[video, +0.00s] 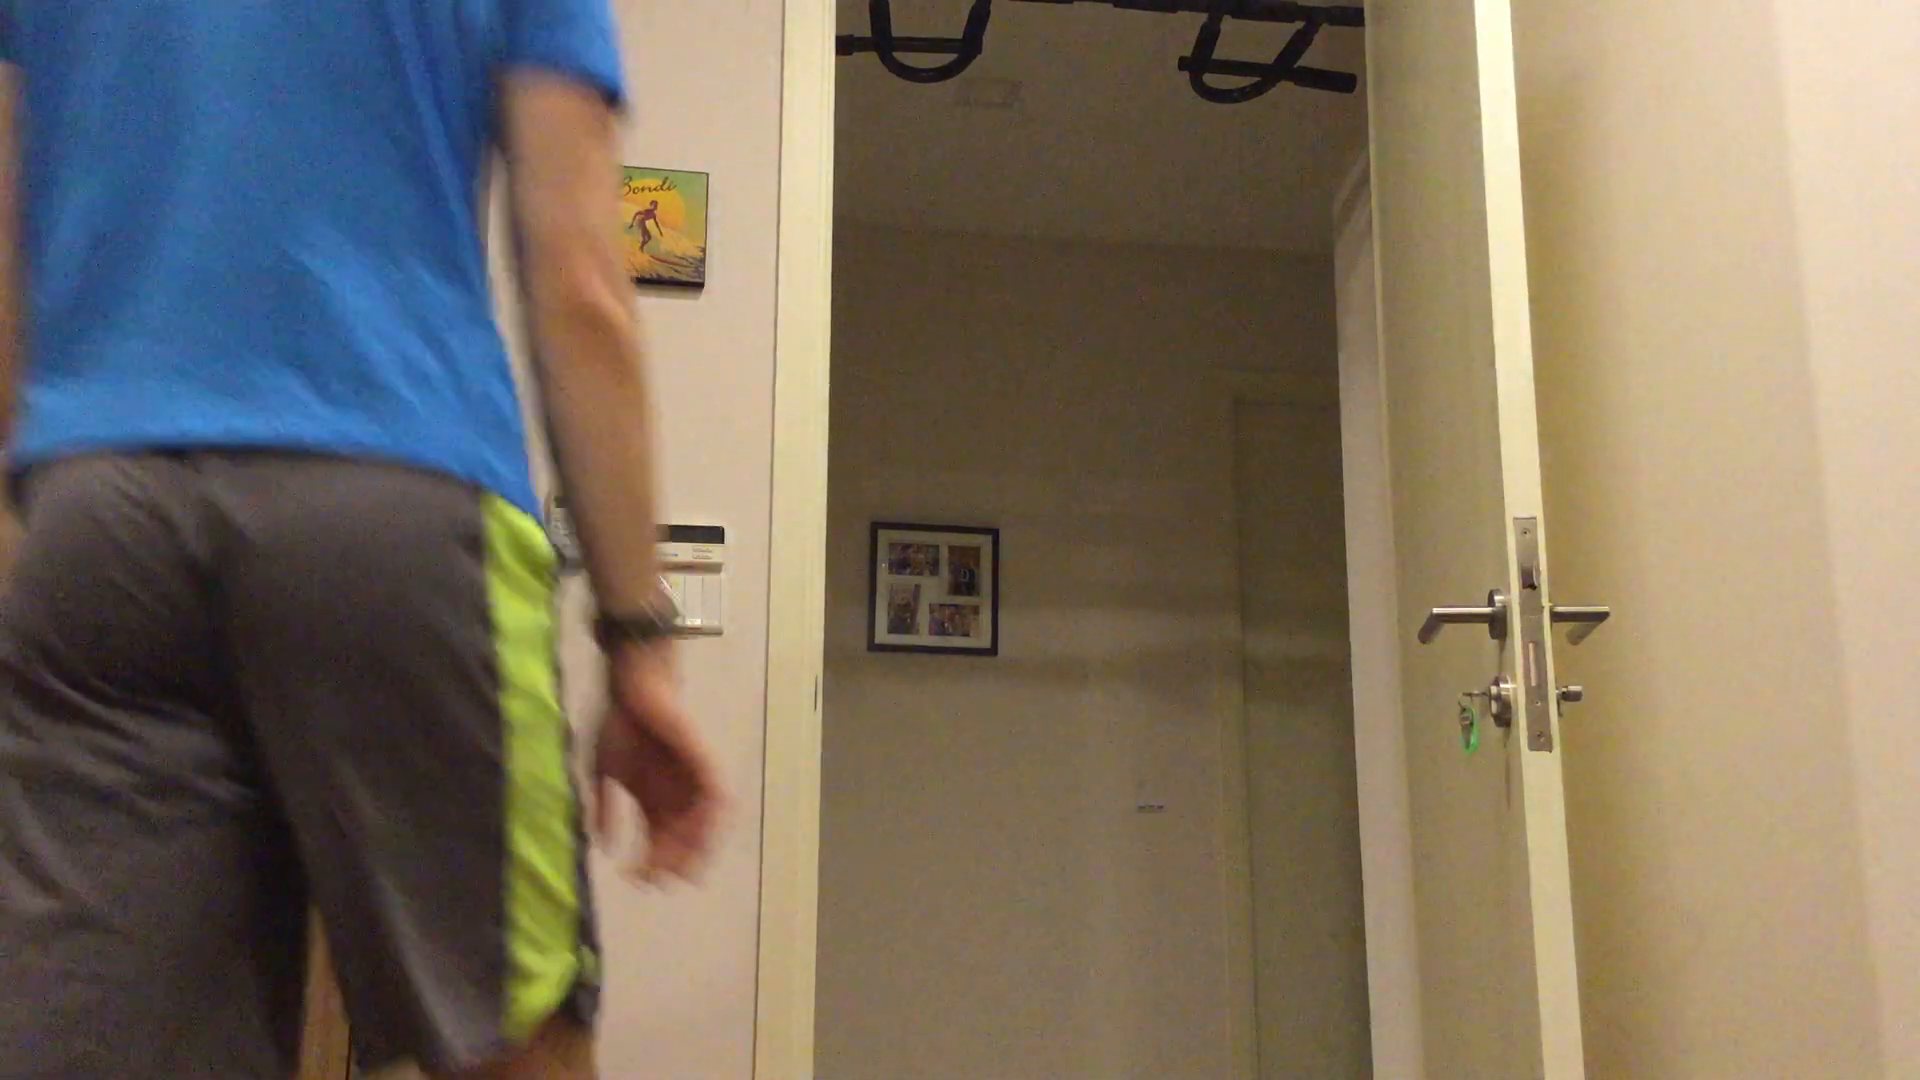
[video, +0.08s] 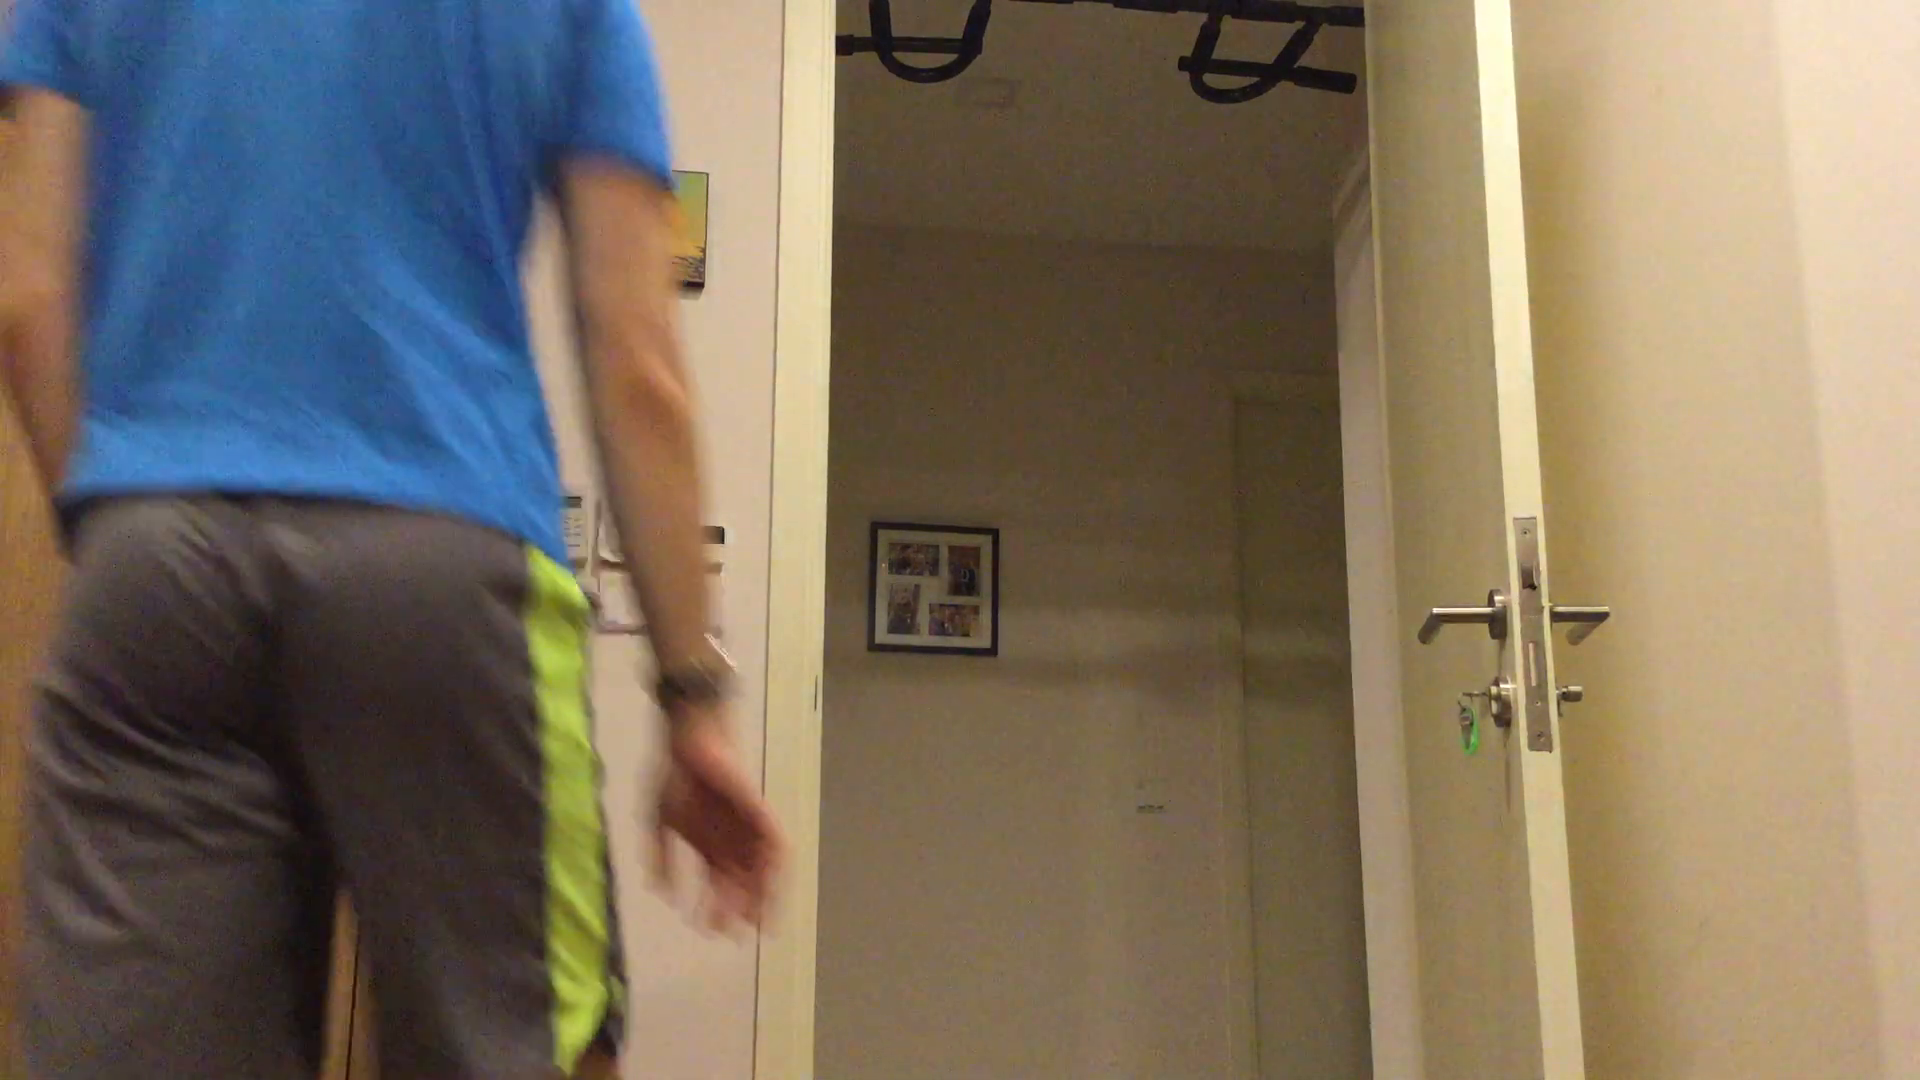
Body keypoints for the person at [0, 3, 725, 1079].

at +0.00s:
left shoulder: (47, 20)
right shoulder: (515, 7)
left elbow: (11, 255)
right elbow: (580, 284)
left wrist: (27, 492)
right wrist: (642, 641)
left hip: (86, 500)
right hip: (401, 517)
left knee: (104, 1051)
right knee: (513, 1042)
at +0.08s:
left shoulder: (79, 6)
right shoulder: (564, 11)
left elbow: (29, 304)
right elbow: (637, 356)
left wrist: (117, 548)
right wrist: (695, 697)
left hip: (151, 540)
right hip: (445, 560)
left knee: (134, 1054)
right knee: (511, 1054)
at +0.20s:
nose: (712, 52)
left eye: (717, 38)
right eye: (714, 31)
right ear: (673, 3)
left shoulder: (276, 23)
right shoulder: (657, 91)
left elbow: (132, 351)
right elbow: (736, 507)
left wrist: (166, 598)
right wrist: (794, 804)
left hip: (230, 603)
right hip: (500, 630)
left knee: (180, 1057)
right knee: (540, 1059)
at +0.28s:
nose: (760, 169)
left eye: (773, 148)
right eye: (767, 136)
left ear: (615, 46)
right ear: (728, 79)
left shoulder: (383, 89)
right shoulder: (724, 178)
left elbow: (209, 371)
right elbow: (792, 582)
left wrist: (228, 616)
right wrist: (856, 873)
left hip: (274, 618)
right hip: (532, 649)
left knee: (229, 1040)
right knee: (560, 1050)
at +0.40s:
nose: (858, 357)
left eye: (874, 343)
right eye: (865, 328)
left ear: (731, 213)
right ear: (832, 265)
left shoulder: (504, 214)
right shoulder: (804, 315)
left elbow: (298, 411)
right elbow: (862, 701)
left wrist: (292, 639)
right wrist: (941, 991)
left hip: (326, 585)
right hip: (570, 619)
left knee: (258, 1034)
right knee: (621, 1046)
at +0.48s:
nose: (894, 443)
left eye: (909, 426)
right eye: (905, 412)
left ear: (787, 302)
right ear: (878, 352)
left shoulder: (560, 278)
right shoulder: (838, 387)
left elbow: (340, 437)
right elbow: (898, 770)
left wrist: (310, 670)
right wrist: (975, 1041)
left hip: (356, 556)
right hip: (583, 599)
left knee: (288, 1025)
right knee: (642, 1044)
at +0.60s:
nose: (919, 557)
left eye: (941, 547)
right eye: (934, 526)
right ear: (914, 456)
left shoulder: (613, 352)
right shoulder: (875, 473)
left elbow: (377, 470)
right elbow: (919, 846)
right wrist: (989, 1071)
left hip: (384, 540)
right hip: (602, 585)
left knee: (292, 1017)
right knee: (645, 1034)